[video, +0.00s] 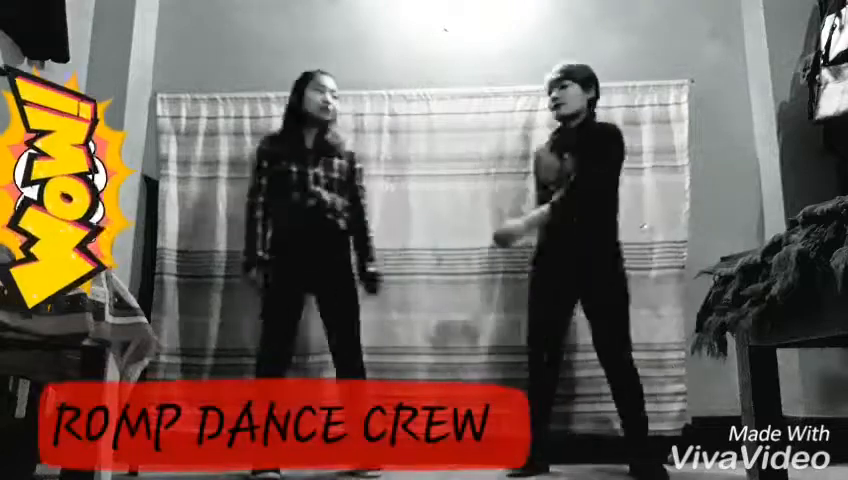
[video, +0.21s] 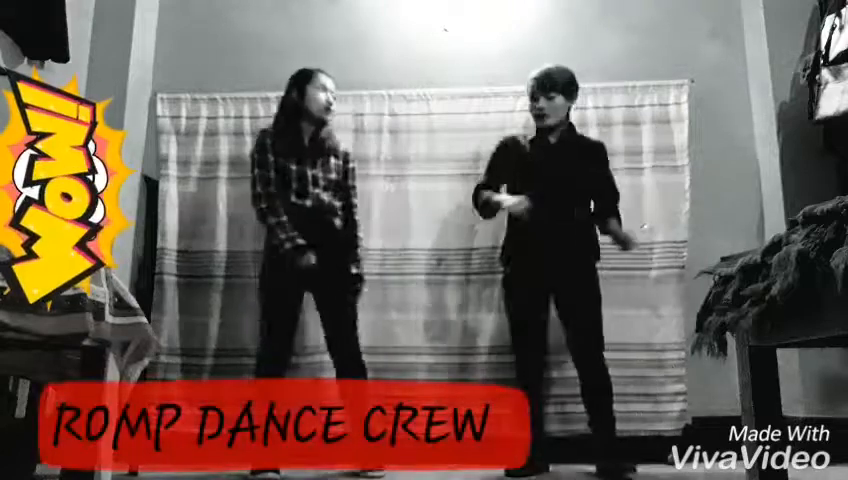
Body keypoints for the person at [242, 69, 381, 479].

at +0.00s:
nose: (330, 99)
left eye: (334, 93)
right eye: (321, 91)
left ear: (337, 103)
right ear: (299, 97)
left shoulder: (343, 154)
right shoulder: (272, 149)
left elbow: (358, 213)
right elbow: (257, 205)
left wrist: (368, 263)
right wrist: (255, 257)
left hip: (334, 265)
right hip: (286, 264)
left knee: (349, 356)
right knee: (274, 355)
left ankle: (360, 446)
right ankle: (262, 447)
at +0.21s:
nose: (331, 97)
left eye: (333, 92)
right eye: (323, 89)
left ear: (331, 101)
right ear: (299, 94)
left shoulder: (339, 153)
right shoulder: (269, 142)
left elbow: (350, 213)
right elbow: (266, 203)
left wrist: (354, 264)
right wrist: (296, 250)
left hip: (332, 260)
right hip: (285, 259)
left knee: (348, 354)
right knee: (276, 352)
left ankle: (364, 444)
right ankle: (262, 446)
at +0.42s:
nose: (367, 104)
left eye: (370, 98)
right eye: (358, 97)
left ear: (374, 107)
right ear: (337, 104)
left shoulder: (384, 151)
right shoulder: (315, 153)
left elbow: (409, 201)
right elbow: (293, 206)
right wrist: (272, 254)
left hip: (367, 265)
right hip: (323, 262)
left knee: (364, 357)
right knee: (300, 351)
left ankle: (368, 448)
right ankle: (280, 443)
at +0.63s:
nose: (355, 117)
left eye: (363, 111)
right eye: (349, 110)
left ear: (378, 117)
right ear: (338, 115)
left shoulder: (386, 155)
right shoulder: (324, 159)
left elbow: (401, 158)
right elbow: (312, 215)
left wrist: (377, 128)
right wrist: (305, 265)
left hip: (372, 270)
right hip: (330, 269)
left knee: (368, 358)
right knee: (332, 359)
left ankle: (371, 443)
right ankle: (331, 443)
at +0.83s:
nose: (344, 116)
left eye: (352, 110)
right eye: (336, 109)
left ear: (365, 118)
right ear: (327, 116)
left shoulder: (379, 160)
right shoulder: (312, 163)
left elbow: (394, 209)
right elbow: (298, 219)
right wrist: (294, 267)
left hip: (365, 267)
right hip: (325, 267)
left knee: (359, 352)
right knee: (325, 353)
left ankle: (367, 430)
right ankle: (328, 432)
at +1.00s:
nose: (348, 107)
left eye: (356, 102)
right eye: (340, 101)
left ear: (368, 112)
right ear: (328, 110)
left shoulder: (382, 159)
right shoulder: (310, 156)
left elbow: (400, 212)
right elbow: (285, 202)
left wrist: (418, 259)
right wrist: (267, 244)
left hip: (363, 264)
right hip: (322, 262)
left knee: (352, 353)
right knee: (326, 352)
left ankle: (351, 439)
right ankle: (325, 440)